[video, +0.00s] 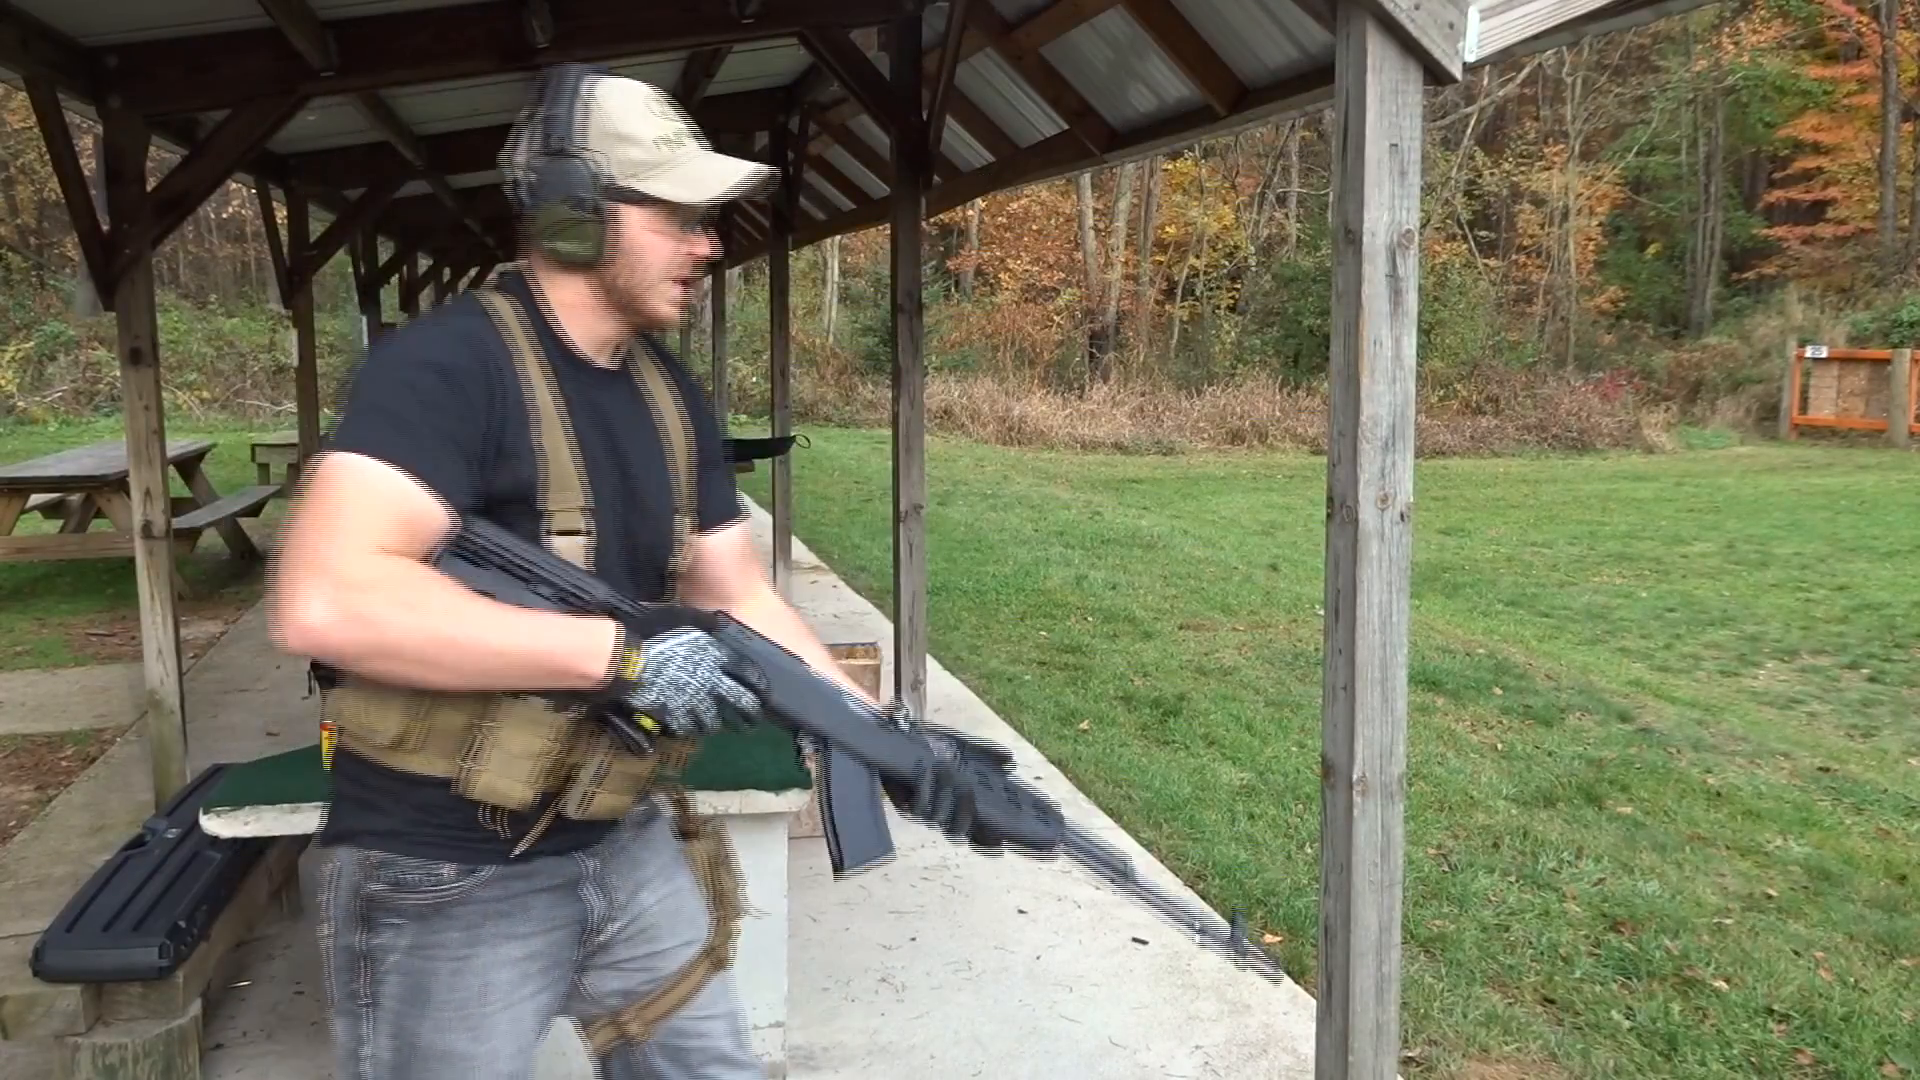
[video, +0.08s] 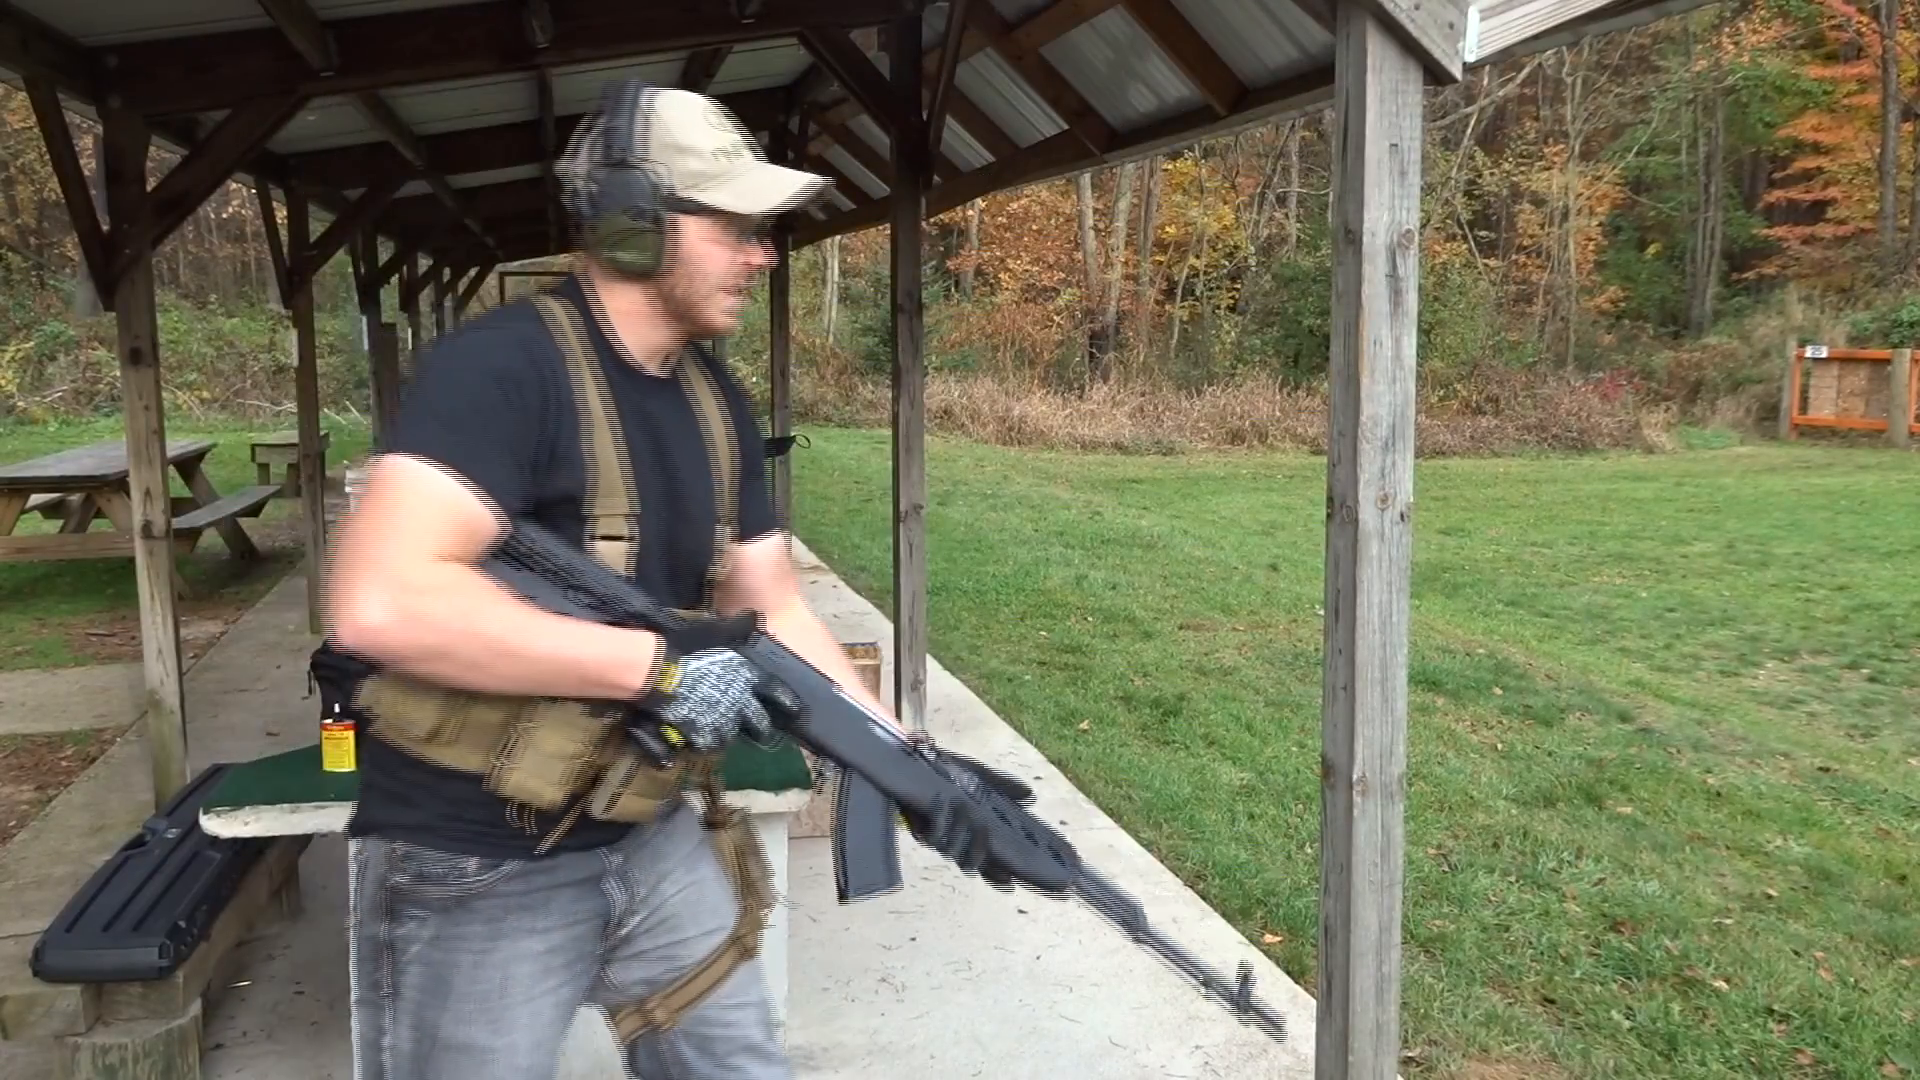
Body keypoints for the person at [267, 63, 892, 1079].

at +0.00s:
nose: (708, 250)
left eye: (709, 225)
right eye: (681, 220)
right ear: (577, 217)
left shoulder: (667, 394)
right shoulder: (442, 365)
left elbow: (742, 598)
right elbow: (328, 600)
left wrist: (884, 738)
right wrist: (619, 651)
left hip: (627, 850)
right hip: (442, 880)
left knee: (713, 1064)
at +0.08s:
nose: (760, 260)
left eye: (761, 234)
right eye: (733, 231)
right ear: (632, 228)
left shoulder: (718, 401)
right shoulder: (495, 366)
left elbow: (772, 610)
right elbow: (381, 601)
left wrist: (901, 764)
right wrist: (656, 670)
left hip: (663, 842)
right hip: (473, 869)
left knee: (739, 1066)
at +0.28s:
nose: (877, 290)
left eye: (875, 265)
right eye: (854, 263)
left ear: (778, 266)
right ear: (762, 260)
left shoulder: (801, 432)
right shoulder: (619, 366)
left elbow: (845, 631)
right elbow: (509, 580)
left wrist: (948, 783)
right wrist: (755, 677)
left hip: (690, 836)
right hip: (508, 851)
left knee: (766, 1066)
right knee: (445, 1067)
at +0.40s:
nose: (861, 301)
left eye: (861, 276)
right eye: (839, 274)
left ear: (767, 274)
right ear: (748, 269)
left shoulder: (800, 440)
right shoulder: (602, 376)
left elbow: (862, 619)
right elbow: (595, 582)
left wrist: (986, 706)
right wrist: (847, 627)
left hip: (666, 838)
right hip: (476, 851)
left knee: (762, 1067)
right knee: (399, 1067)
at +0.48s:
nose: (834, 306)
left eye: (834, 281)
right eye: (811, 279)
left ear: (737, 282)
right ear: (715, 271)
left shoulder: (772, 427)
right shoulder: (577, 380)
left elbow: (878, 616)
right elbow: (624, 582)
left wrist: (1053, 664)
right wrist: (867, 585)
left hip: (651, 832)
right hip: (459, 855)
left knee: (753, 1066)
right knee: (369, 1071)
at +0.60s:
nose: (781, 318)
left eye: (782, 293)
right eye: (759, 291)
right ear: (669, 279)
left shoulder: (714, 427)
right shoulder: (517, 388)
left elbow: (891, 564)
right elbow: (617, 602)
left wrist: (1077, 543)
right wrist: (833, 505)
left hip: (608, 845)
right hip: (415, 874)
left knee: (730, 1063)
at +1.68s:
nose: (686, 347)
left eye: (692, 324)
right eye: (661, 320)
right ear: (563, 294)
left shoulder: (639, 401)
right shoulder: (411, 377)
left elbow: (855, 481)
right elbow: (508, 602)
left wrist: (1024, 404)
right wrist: (699, 429)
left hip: (585, 842)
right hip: (389, 881)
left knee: (705, 1068)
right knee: (327, 1077)